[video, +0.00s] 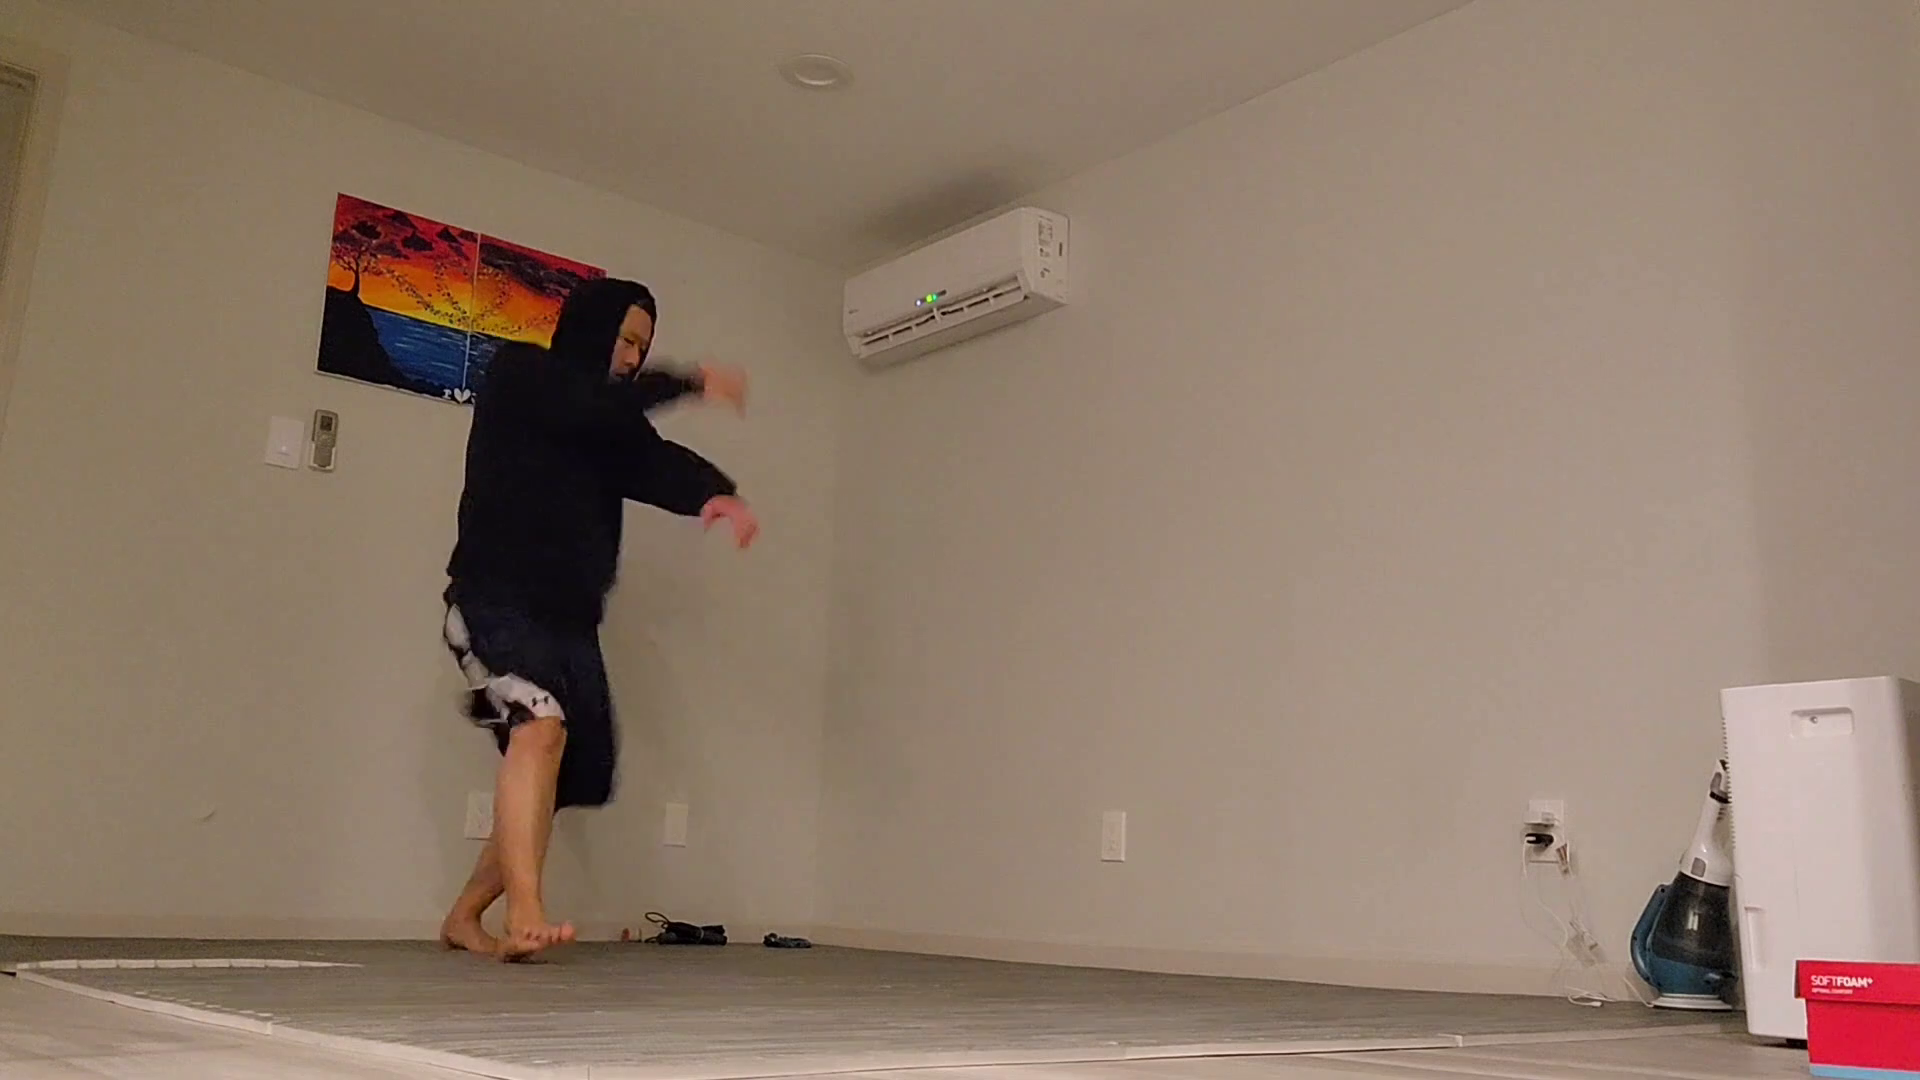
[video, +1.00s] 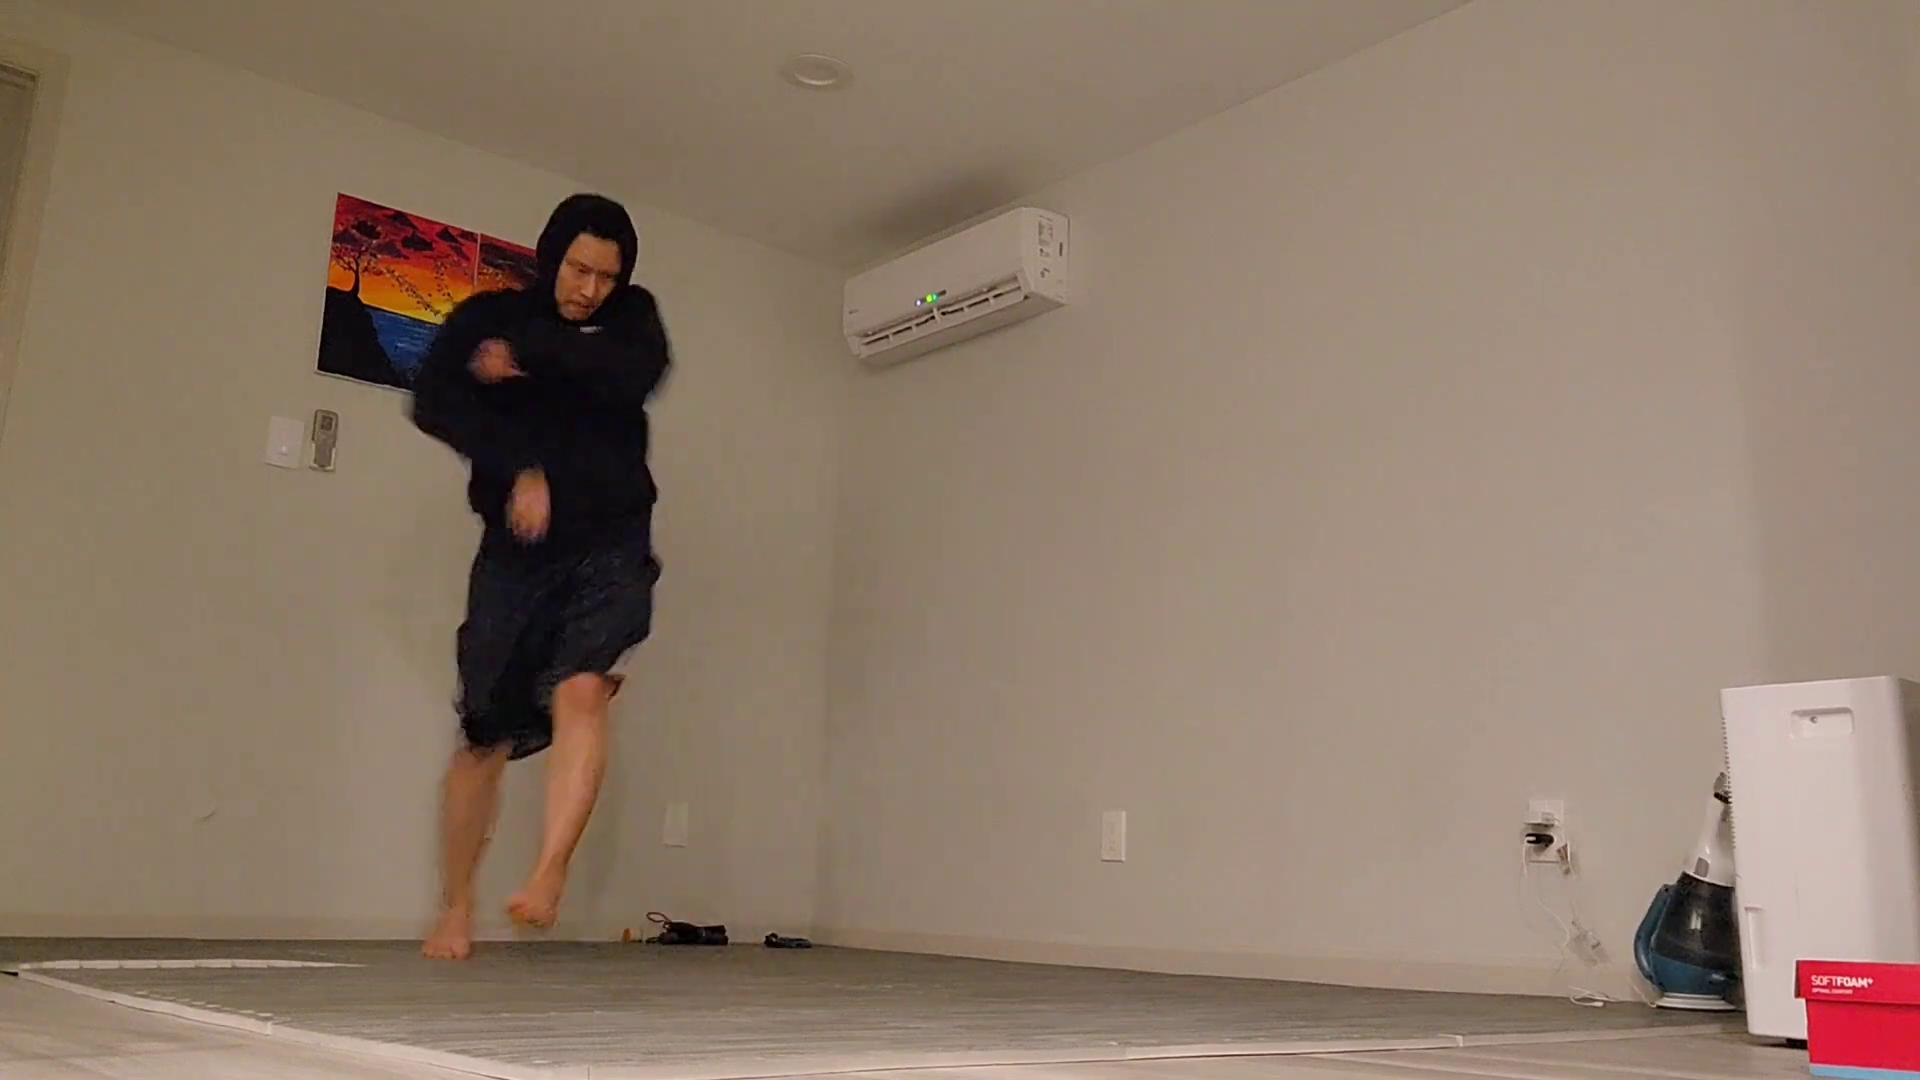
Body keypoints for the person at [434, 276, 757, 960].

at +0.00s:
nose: (634, 356)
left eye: (643, 346)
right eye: (626, 339)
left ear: (640, 352)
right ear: (585, 327)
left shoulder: (612, 415)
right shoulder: (517, 370)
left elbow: (651, 459)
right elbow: (588, 399)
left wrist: (710, 492)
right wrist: (685, 381)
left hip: (568, 611)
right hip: (496, 591)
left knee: (563, 769)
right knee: (537, 724)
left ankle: (465, 914)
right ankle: (523, 921)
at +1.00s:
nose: (586, 287)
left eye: (603, 274)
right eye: (575, 268)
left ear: (622, 275)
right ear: (549, 259)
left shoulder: (631, 316)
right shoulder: (490, 315)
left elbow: (637, 371)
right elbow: (433, 401)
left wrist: (525, 356)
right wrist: (517, 467)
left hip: (608, 544)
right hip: (514, 546)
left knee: (581, 688)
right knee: (485, 734)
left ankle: (549, 878)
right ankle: (456, 907)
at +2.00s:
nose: (627, 244)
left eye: (641, 233)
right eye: (613, 226)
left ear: (650, 246)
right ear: (578, 228)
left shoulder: (656, 315)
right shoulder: (512, 288)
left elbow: (632, 373)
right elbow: (385, 316)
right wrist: (326, 380)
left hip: (607, 552)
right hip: (510, 533)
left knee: (575, 757)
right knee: (514, 691)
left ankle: (510, 925)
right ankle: (492, 894)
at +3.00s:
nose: (653, 258)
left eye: (675, 252)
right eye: (648, 240)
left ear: (687, 268)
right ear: (615, 240)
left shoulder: (679, 326)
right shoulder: (542, 295)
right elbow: (449, 296)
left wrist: (644, 250)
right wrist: (437, 313)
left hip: (642, 546)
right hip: (548, 536)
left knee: (651, 745)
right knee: (613, 715)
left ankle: (590, 930)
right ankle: (663, 913)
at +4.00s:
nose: (600, 239)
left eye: (614, 226)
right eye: (592, 217)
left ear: (623, 224)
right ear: (551, 196)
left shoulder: (613, 287)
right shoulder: (475, 230)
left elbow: (626, 410)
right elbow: (468, 315)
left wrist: (635, 413)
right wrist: (597, 353)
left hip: (565, 499)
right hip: (476, 480)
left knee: (550, 714)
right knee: (504, 645)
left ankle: (429, 911)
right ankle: (471, 886)